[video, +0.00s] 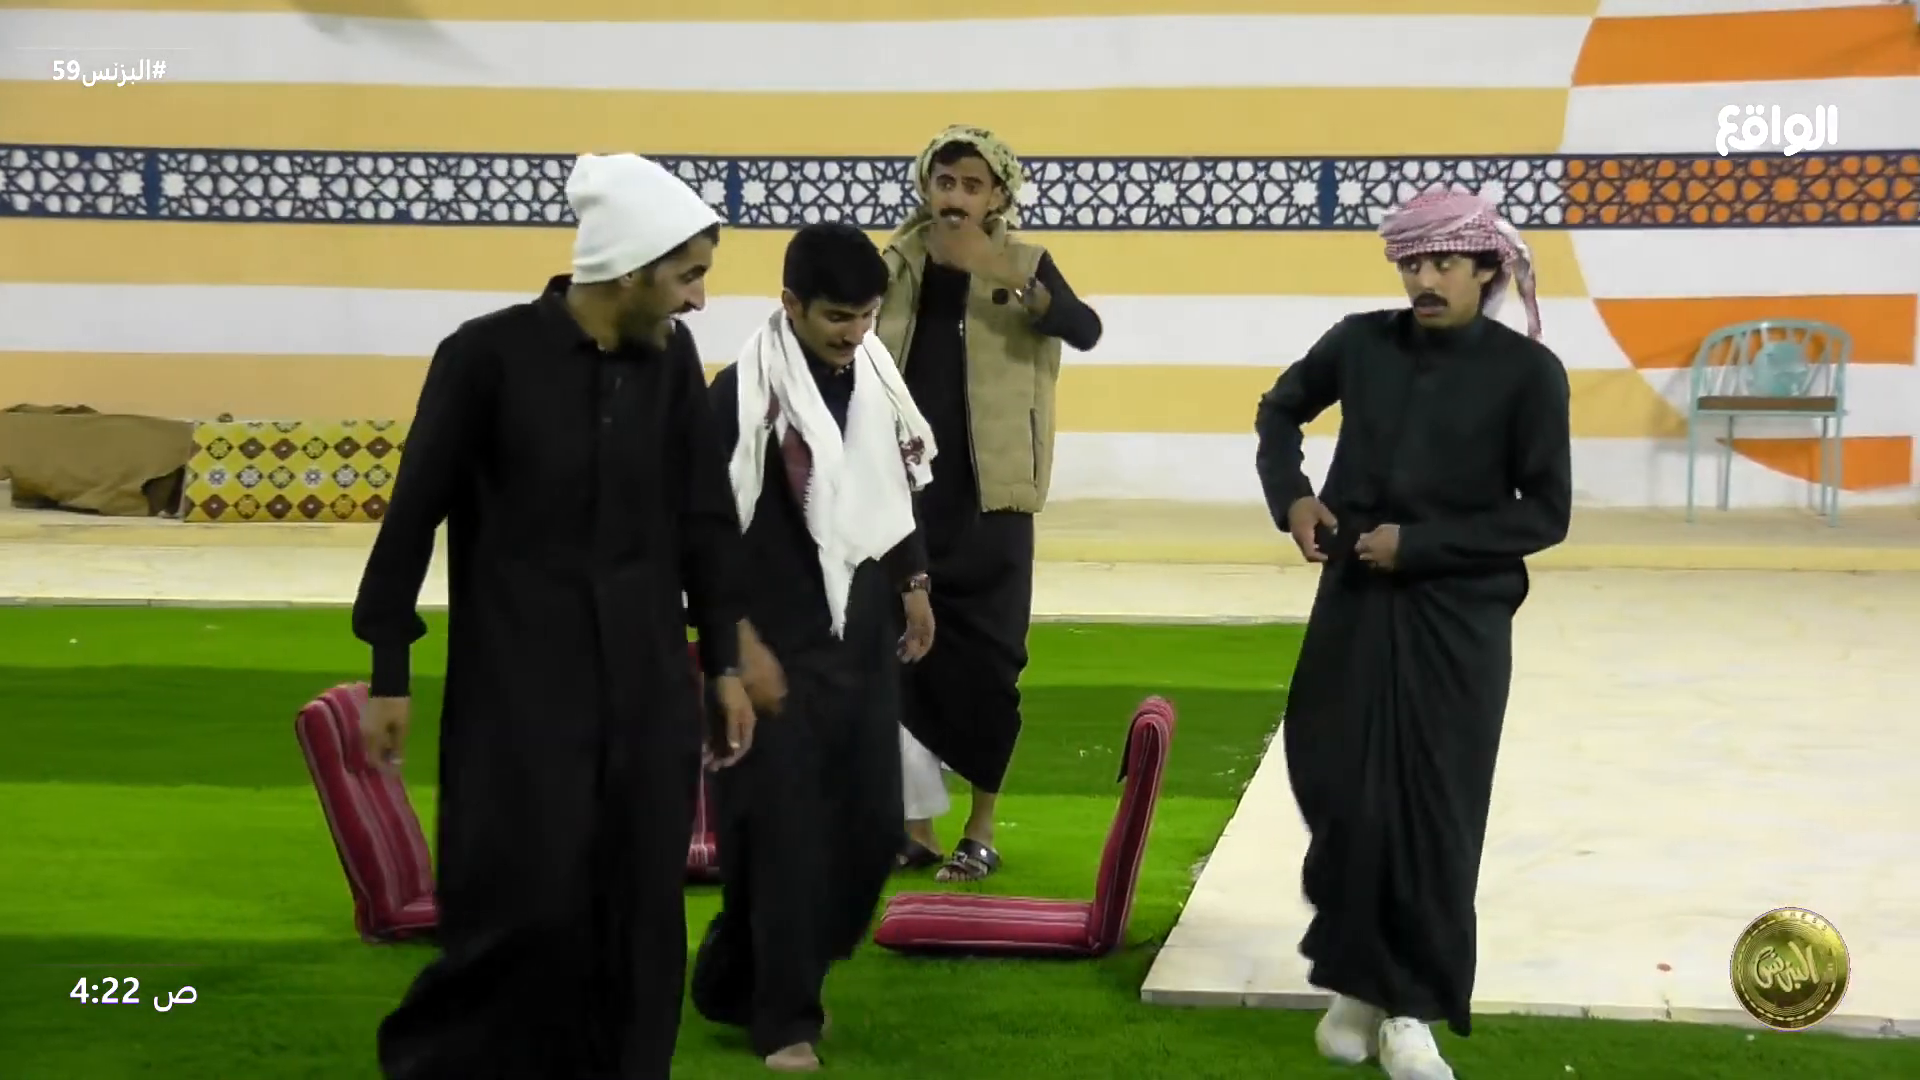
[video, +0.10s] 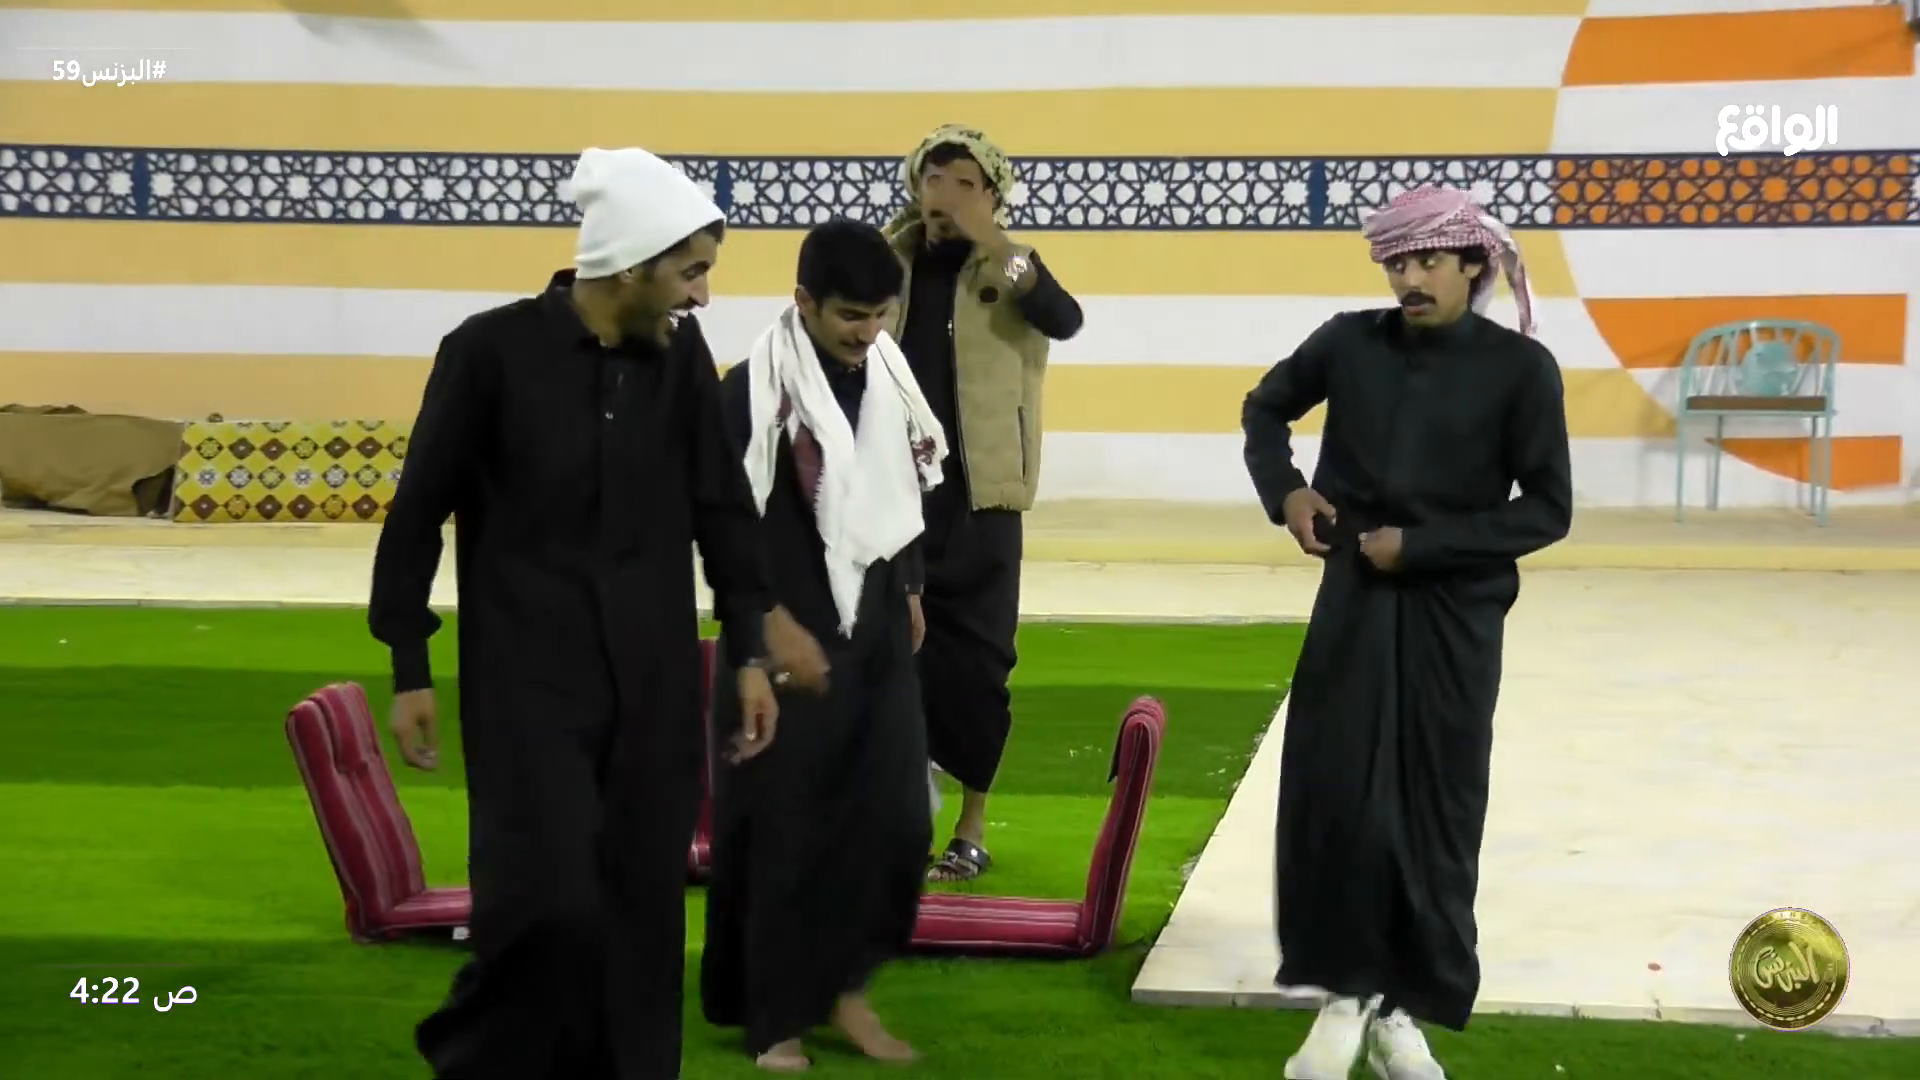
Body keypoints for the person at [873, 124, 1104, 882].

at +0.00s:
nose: (957, 195)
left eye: (973, 184)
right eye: (945, 181)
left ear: (1000, 195)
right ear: (924, 189)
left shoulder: (1029, 264)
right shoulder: (891, 263)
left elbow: (1086, 332)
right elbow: (845, 354)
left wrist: (1007, 270)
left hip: (994, 497)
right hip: (900, 491)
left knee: (991, 662)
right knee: (900, 658)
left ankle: (979, 829)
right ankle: (913, 825)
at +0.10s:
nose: (944, 195)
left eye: (962, 183)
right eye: (934, 179)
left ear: (992, 197)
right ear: (914, 189)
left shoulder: (1016, 266)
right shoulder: (884, 263)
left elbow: (1067, 322)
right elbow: (839, 349)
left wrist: (994, 248)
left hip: (984, 497)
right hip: (889, 489)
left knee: (980, 663)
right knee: (885, 652)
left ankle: (969, 828)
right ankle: (886, 820)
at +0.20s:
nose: (930, 202)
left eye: (946, 189)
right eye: (917, 187)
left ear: (976, 195)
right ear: (898, 192)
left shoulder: (1000, 261)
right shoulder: (880, 257)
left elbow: (1038, 298)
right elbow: (858, 291)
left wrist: (982, 215)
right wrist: (903, 221)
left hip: (976, 495)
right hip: (887, 492)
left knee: (969, 663)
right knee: (891, 653)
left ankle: (955, 814)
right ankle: (882, 816)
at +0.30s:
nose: (925, 203)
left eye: (940, 190)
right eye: (911, 186)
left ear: (968, 198)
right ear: (888, 191)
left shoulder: (990, 257)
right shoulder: (868, 250)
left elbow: (1028, 296)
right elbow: (849, 339)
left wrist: (973, 210)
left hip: (967, 485)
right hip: (878, 478)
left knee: (963, 651)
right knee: (884, 641)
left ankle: (945, 800)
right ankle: (876, 800)